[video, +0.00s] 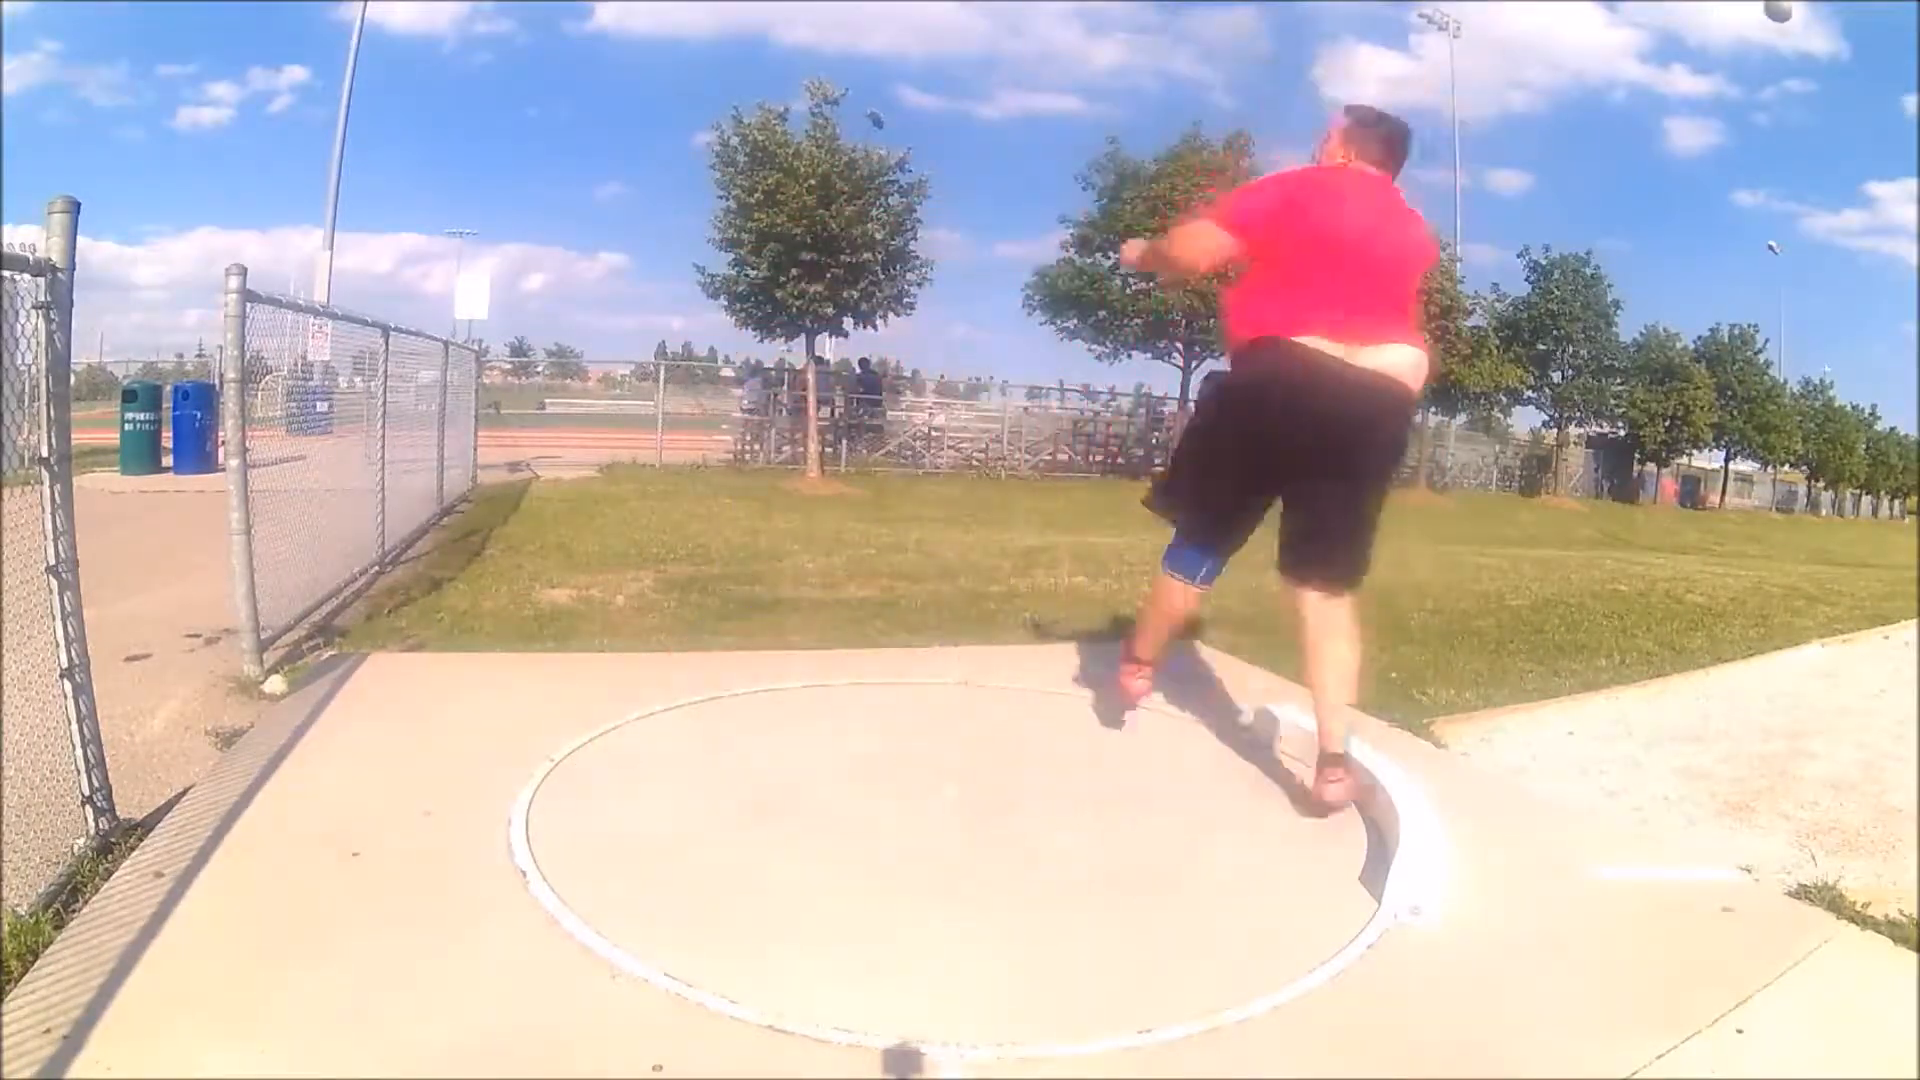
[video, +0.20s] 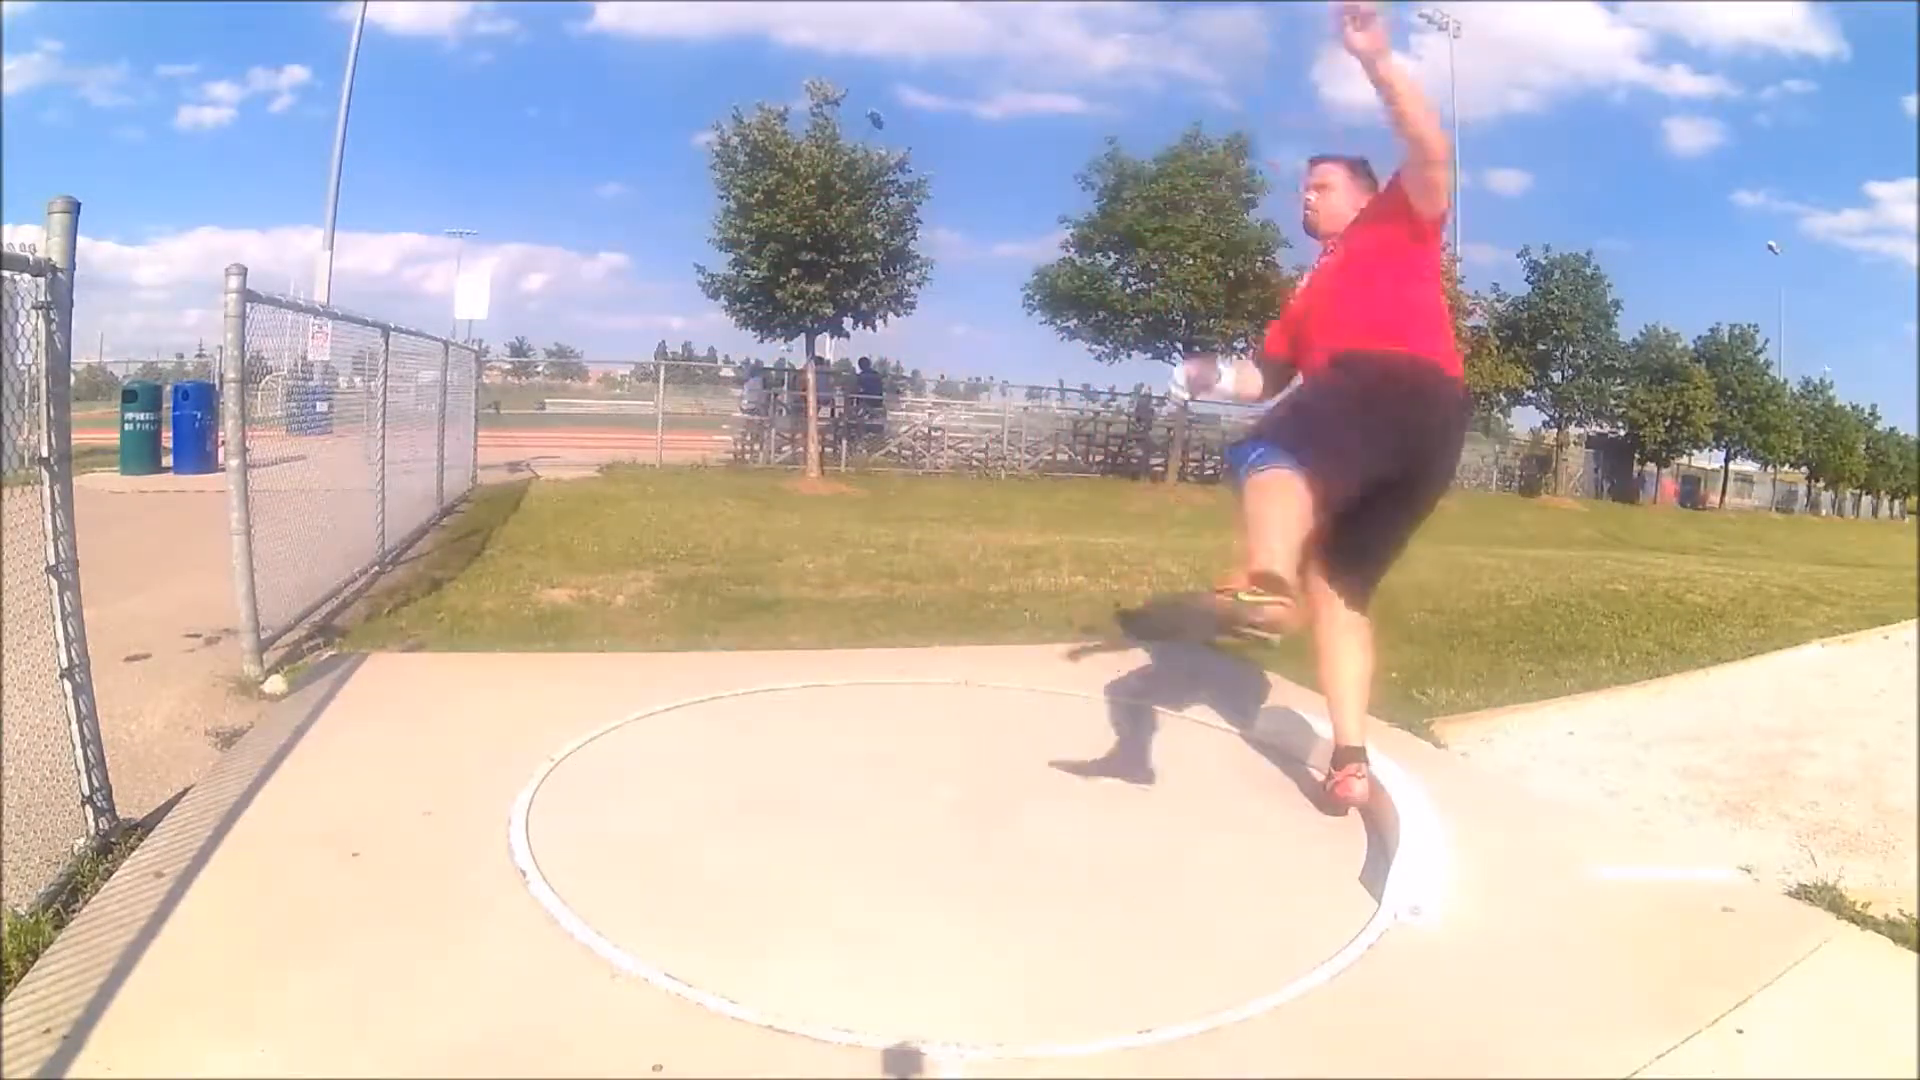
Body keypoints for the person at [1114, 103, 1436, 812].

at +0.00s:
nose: (1320, 145)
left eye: (1327, 137)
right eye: (1328, 138)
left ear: (1338, 143)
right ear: (1394, 165)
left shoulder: (1294, 186)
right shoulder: (1416, 228)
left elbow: (1194, 251)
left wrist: (1145, 254)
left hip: (1279, 381)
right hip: (1379, 405)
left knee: (1202, 539)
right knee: (1328, 583)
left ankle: (1136, 671)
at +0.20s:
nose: (1308, 195)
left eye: (1323, 184)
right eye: (1304, 190)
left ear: (1366, 190)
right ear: (1309, 212)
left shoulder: (1399, 218)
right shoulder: (1309, 292)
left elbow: (1430, 152)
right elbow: (1265, 373)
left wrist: (1378, 57)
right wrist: (1216, 376)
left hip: (1392, 378)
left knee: (1273, 454)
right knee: (1338, 577)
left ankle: (1269, 582)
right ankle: (1350, 756)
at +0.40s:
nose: (1338, 163)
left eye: (1351, 155)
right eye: (1326, 159)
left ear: (1375, 169)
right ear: (1310, 178)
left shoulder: (1425, 203)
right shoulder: (1294, 237)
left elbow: (1486, 132)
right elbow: (1245, 223)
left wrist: (1506, 51)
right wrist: (1258, 131)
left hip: (1445, 389)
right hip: (1359, 420)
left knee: (1500, 504)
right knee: (1335, 558)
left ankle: (1573, 542)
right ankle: (1359, 736)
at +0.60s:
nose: (1414, 171)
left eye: (1417, 165)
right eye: (1400, 162)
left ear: (1414, 182)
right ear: (1364, 171)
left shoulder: (1423, 236)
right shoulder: (1344, 219)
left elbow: (1446, 231)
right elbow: (1361, 130)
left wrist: (1476, 191)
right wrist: (1391, 33)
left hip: (1469, 429)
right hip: (1379, 431)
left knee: (1488, 571)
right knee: (1360, 580)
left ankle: (1445, 663)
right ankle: (1354, 735)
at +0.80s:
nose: (1448, 213)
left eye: (1444, 204)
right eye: (1444, 204)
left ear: (1387, 212)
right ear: (1431, 204)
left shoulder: (1368, 275)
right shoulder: (1441, 240)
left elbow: (1350, 373)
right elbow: (1537, 236)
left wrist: (1355, 428)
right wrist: (1593, 210)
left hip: (1386, 434)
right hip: (1422, 434)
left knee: (1451, 582)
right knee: (1414, 584)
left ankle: (1388, 703)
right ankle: (1321, 746)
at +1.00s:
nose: (1455, 219)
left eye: (1448, 211)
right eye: (1455, 210)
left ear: (1394, 218)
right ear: (1448, 209)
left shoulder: (1355, 278)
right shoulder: (1488, 265)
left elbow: (1328, 377)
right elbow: (1528, 352)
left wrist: (1315, 458)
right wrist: (1520, 387)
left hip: (1387, 434)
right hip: (1455, 435)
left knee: (1407, 572)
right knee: (1442, 584)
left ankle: (1395, 705)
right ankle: (1353, 721)